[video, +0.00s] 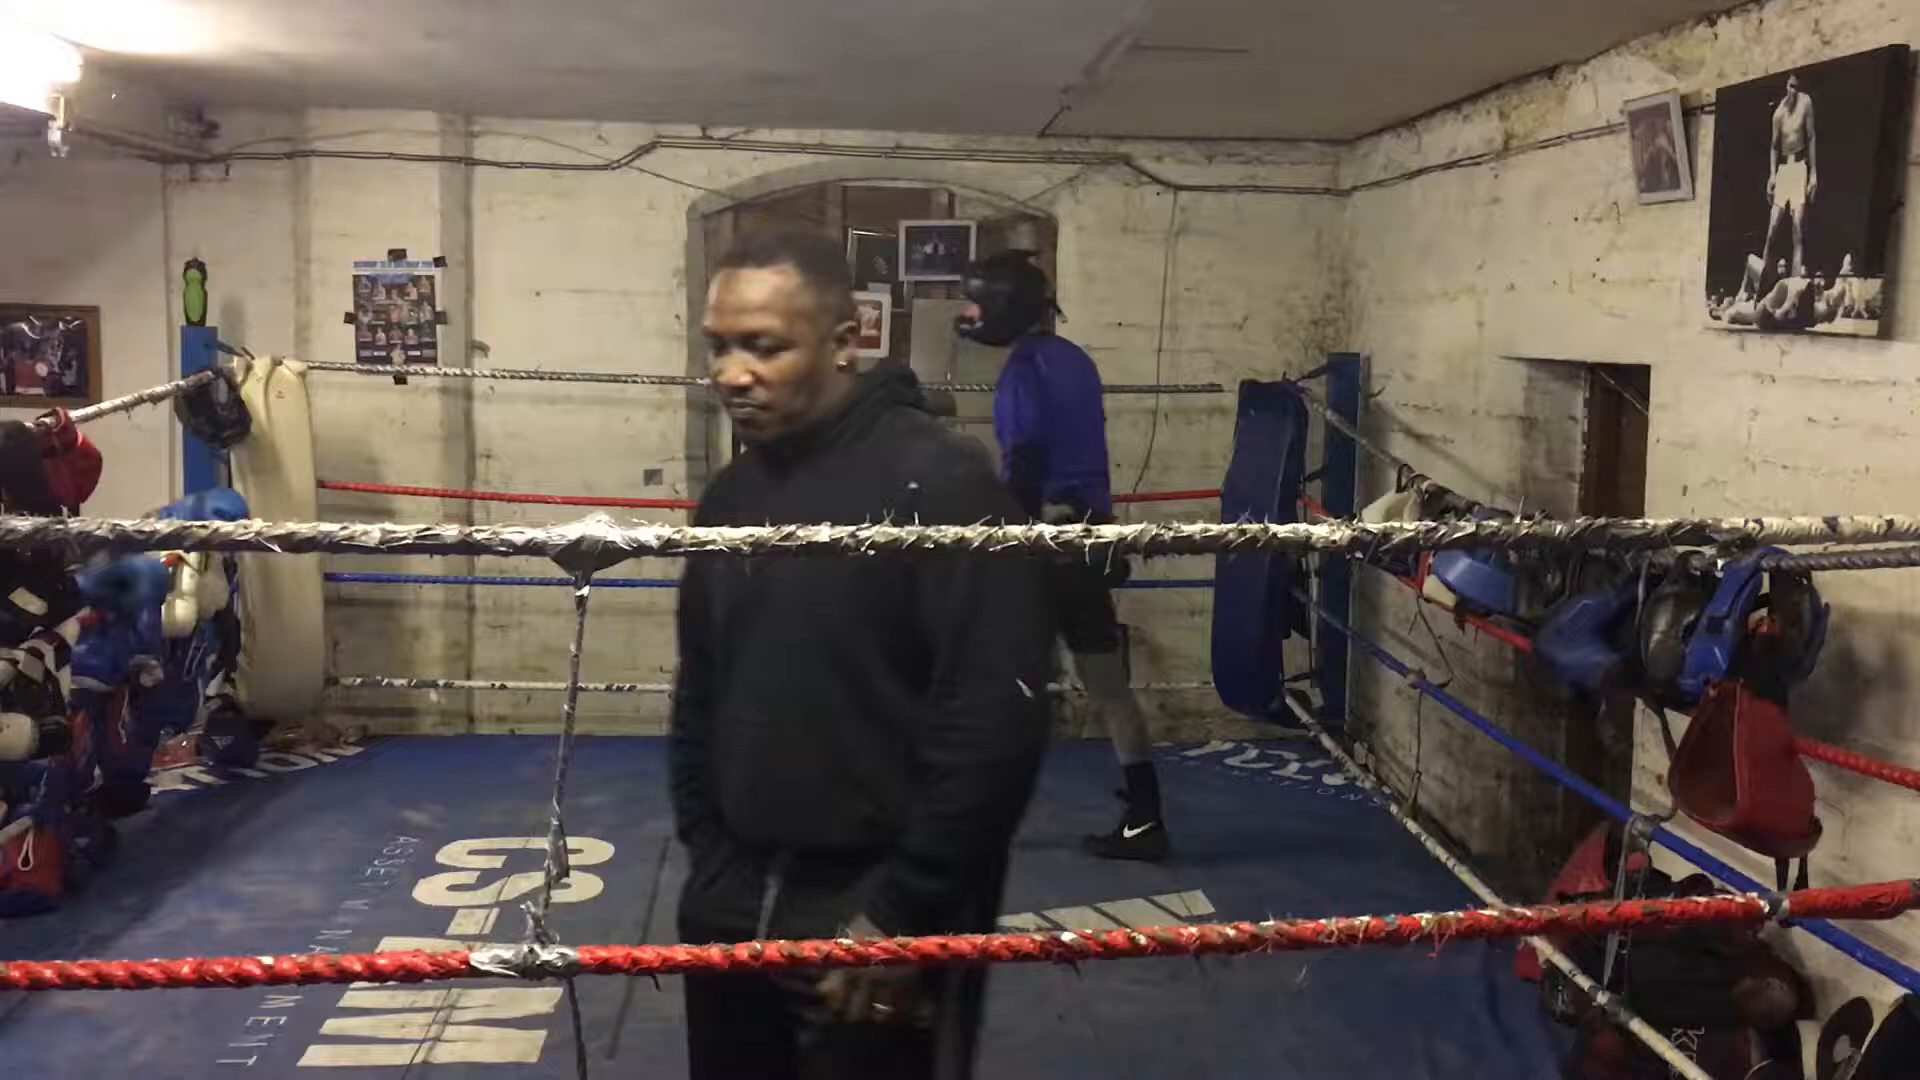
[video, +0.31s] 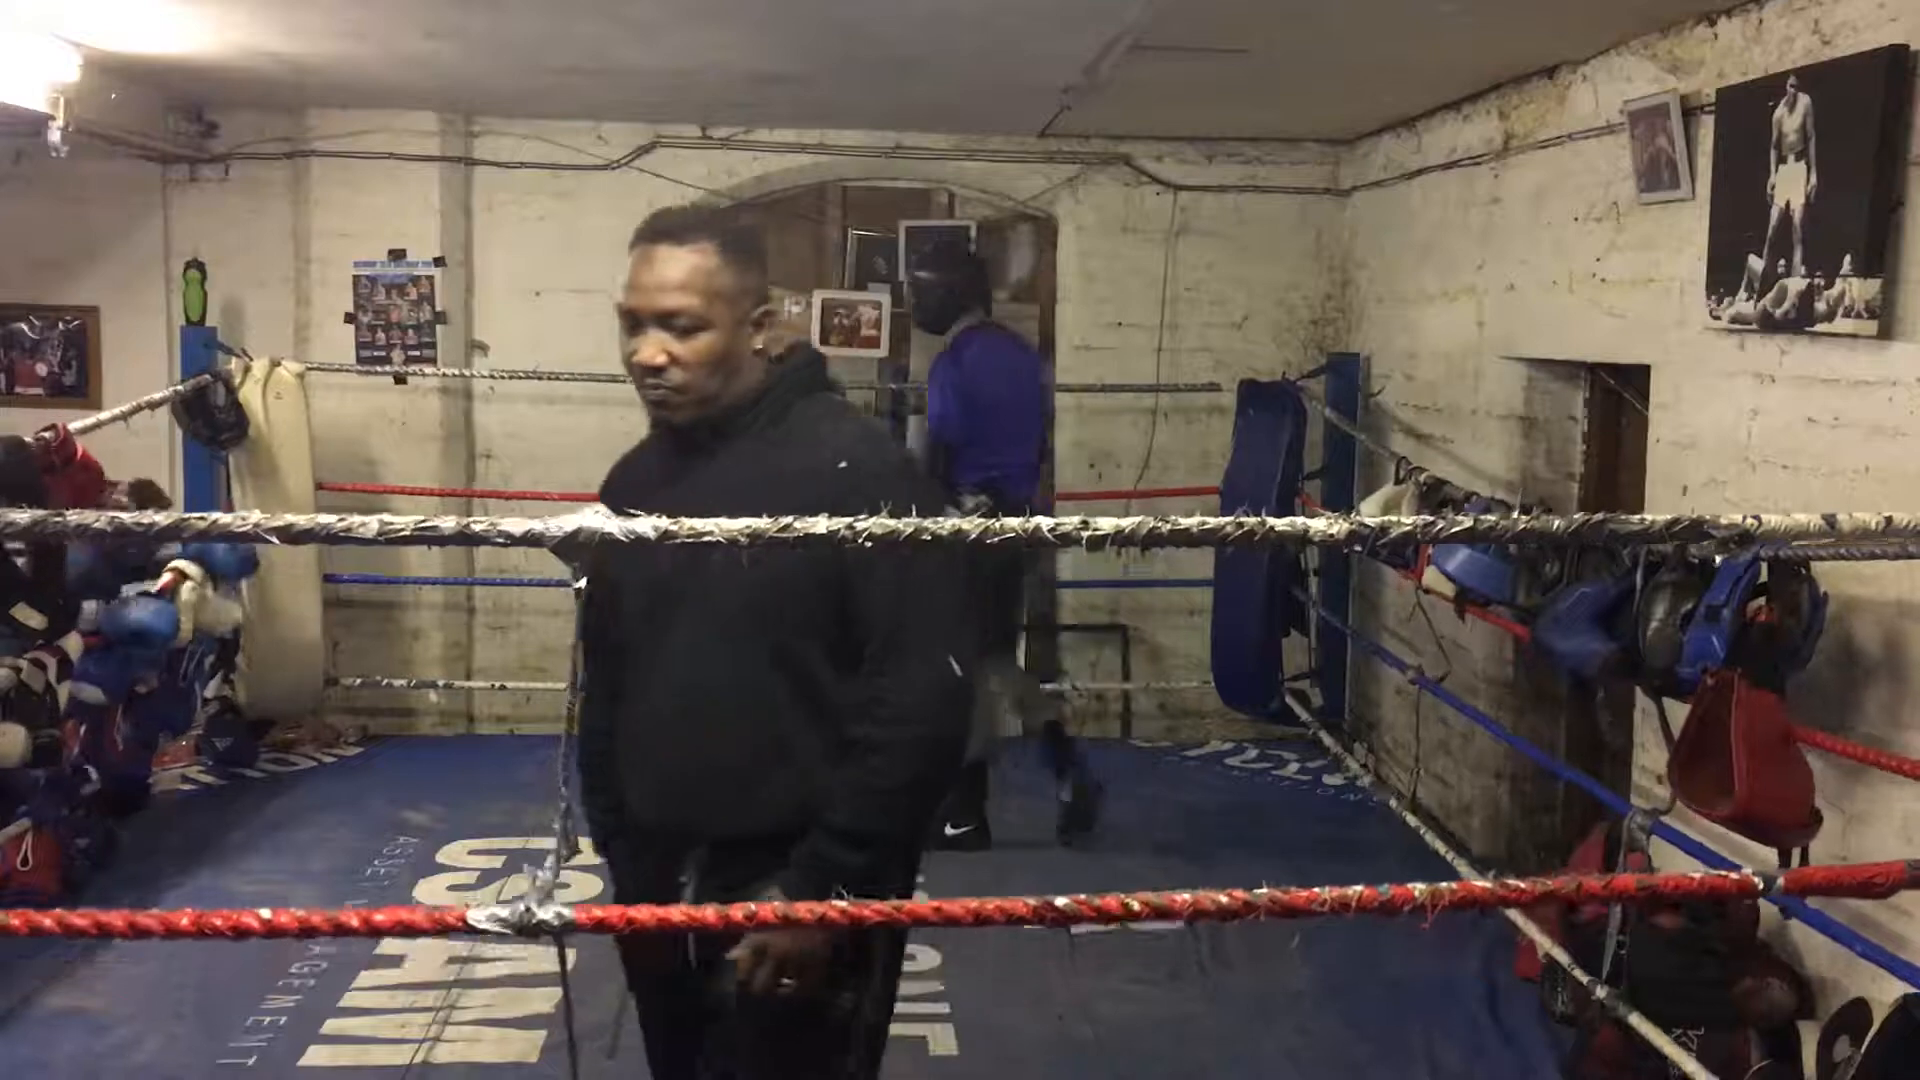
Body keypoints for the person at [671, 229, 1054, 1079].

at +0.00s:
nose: (733, 374)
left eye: (763, 348)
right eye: (719, 347)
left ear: (847, 341)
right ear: (707, 343)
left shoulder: (947, 488)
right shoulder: (730, 497)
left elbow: (996, 724)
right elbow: (698, 694)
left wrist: (897, 917)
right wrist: (711, 859)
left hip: (888, 900)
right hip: (735, 883)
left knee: (871, 1066)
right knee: (731, 1067)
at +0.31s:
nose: (648, 353)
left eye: (680, 328)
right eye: (634, 325)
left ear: (760, 328)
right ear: (620, 320)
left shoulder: (864, 474)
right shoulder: (634, 483)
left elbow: (920, 709)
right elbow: (606, 688)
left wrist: (821, 895)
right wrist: (627, 862)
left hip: (812, 881)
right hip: (659, 876)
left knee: (794, 1067)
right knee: (683, 1064)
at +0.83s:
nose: (542, 382)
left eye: (584, 356)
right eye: (527, 345)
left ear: (671, 347)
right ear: (511, 326)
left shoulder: (766, 517)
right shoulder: (506, 476)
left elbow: (830, 783)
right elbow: (458, 686)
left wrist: (737, 1010)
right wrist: (456, 870)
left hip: (670, 968)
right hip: (496, 946)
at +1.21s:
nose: (509, 378)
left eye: (554, 350)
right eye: (496, 337)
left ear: (649, 346)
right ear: (482, 314)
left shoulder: (742, 523)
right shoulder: (433, 461)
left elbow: (802, 791)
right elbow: (354, 684)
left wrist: (694, 1016)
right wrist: (360, 882)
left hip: (626, 992)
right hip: (412, 975)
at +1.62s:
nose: (361, 374)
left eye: (406, 345)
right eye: (347, 332)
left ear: (505, 339)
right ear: (329, 314)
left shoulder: (611, 509)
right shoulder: (262, 490)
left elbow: (704, 768)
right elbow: (199, 735)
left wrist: (647, 991)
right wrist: (231, 954)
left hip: (522, 1001)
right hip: (296, 992)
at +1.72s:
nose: (294, 368)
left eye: (339, 339)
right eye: (280, 327)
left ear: (443, 333)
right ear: (262, 312)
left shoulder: (564, 507)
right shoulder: (198, 502)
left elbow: (652, 764)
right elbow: (132, 751)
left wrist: (601, 985)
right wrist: (181, 962)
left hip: (477, 1002)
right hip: (245, 998)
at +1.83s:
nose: (223, 368)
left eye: (267, 335)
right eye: (209, 327)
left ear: (379, 325)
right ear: (194, 308)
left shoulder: (506, 498)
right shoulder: (146, 502)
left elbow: (615, 754)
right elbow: (71, 766)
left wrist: (557, 970)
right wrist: (129, 969)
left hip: (441, 1010)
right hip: (203, 1009)